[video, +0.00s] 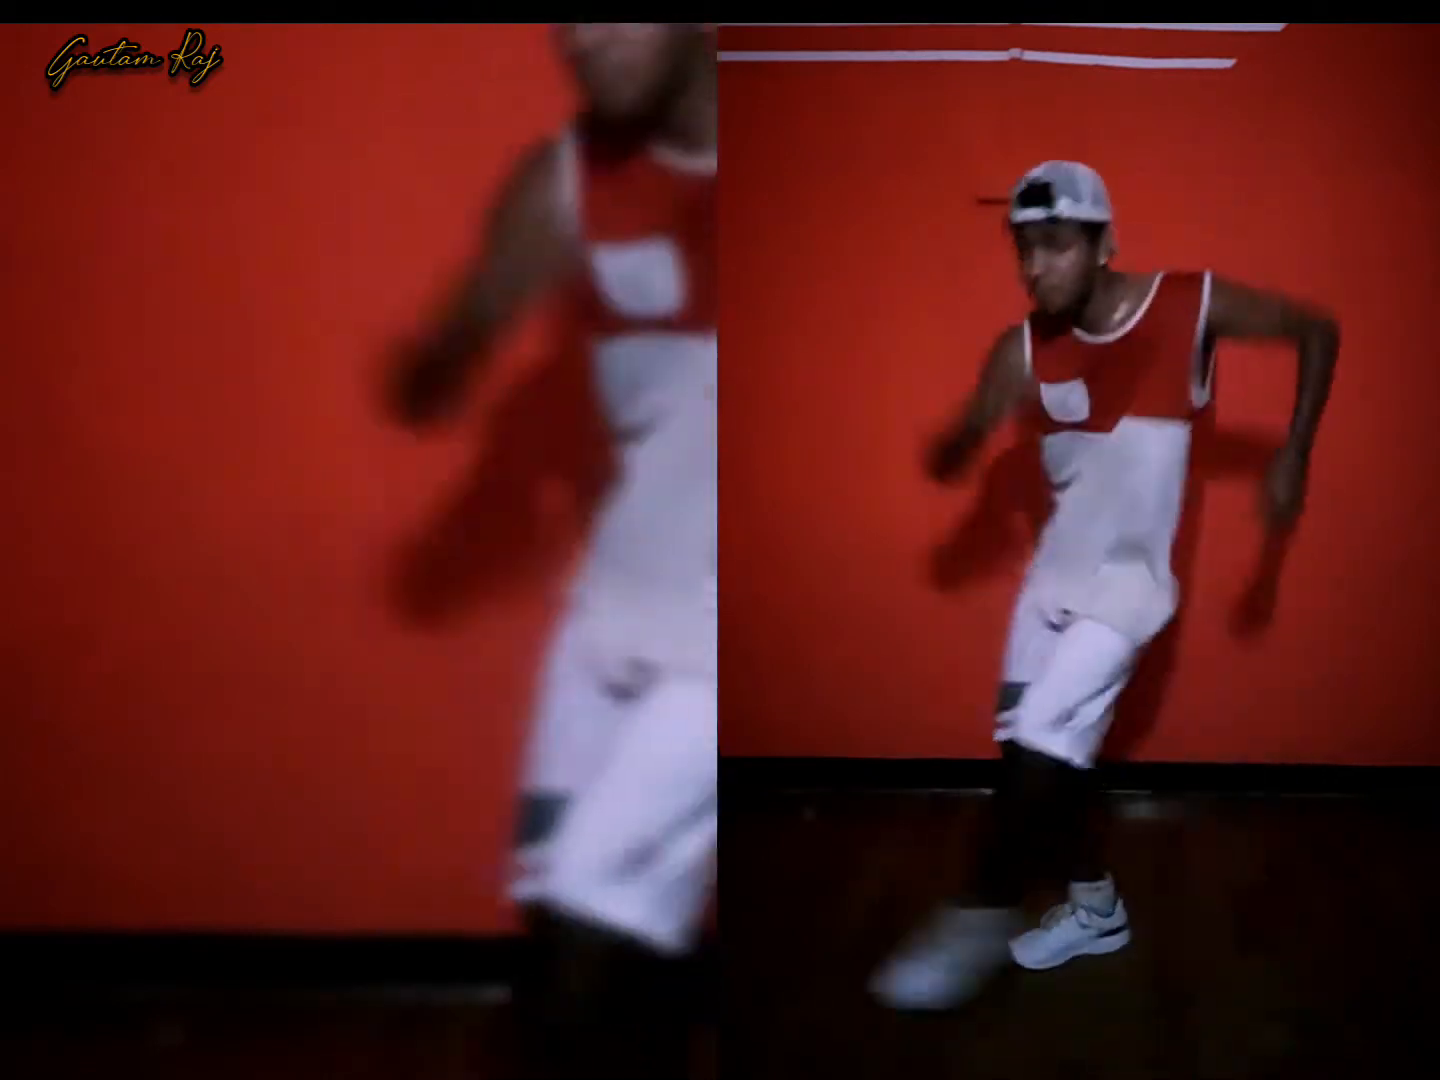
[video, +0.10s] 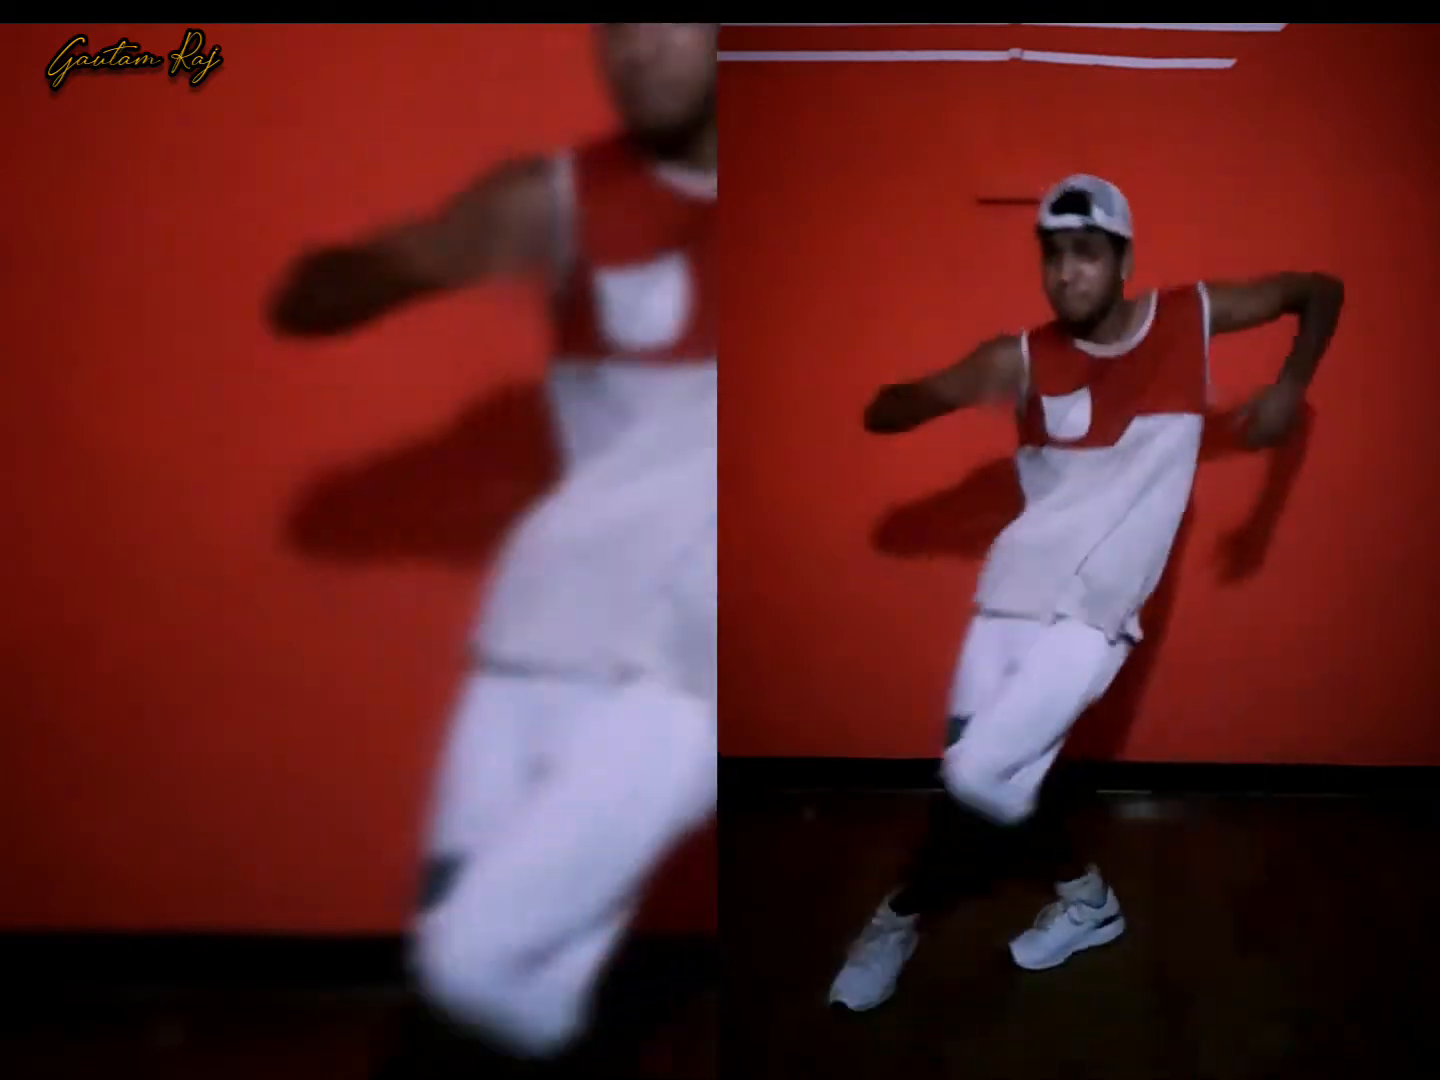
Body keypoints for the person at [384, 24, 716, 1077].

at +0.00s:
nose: (590, 45)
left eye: (618, 22)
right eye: (578, 26)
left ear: (693, 27)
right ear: (566, 42)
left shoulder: (777, 163)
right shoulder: (568, 175)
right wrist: (481, 305)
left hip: (738, 618)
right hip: (619, 599)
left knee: (601, 906)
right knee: (556, 900)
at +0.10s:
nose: (632, 51)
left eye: (662, 26)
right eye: (617, 30)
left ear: (725, 39)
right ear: (599, 47)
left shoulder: (791, 196)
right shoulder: (563, 193)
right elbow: (308, 304)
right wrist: (412, 260)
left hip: (697, 647)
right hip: (549, 623)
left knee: (478, 964)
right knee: (467, 961)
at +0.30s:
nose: (623, 65)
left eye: (657, 36)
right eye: (598, 39)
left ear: (712, 58)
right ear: (568, 61)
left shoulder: (768, 209)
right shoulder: (531, 211)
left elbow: (836, 408)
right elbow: (456, 419)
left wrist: (757, 525)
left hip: (728, 632)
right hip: (588, 627)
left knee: (606, 895)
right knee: (502, 897)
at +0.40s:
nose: (626, 59)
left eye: (659, 32)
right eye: (599, 32)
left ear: (712, 56)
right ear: (567, 53)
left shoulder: (784, 204)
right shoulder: (553, 186)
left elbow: (789, 476)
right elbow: (539, 392)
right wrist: (544, 609)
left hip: (786, 562)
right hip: (664, 563)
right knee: (573, 883)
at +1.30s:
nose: (731, 46)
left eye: (744, 27)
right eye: (708, 28)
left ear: (792, 45)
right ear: (670, 42)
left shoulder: (848, 182)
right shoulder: (609, 204)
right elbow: (485, 434)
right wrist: (585, 605)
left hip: (812, 629)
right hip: (667, 628)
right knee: (598, 957)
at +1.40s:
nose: (737, 50)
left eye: (753, 34)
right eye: (717, 33)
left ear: (797, 50)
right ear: (679, 43)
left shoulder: (849, 177)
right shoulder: (591, 199)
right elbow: (483, 344)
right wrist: (547, 540)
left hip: (836, 583)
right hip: (694, 593)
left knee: (862, 886)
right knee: (695, 898)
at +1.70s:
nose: (719, 82)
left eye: (732, 51)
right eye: (697, 52)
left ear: (778, 72)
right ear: (663, 75)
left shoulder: (850, 208)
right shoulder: (630, 239)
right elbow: (582, 503)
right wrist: (552, 431)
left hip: (831, 590)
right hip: (686, 584)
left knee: (837, 902)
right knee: (649, 915)